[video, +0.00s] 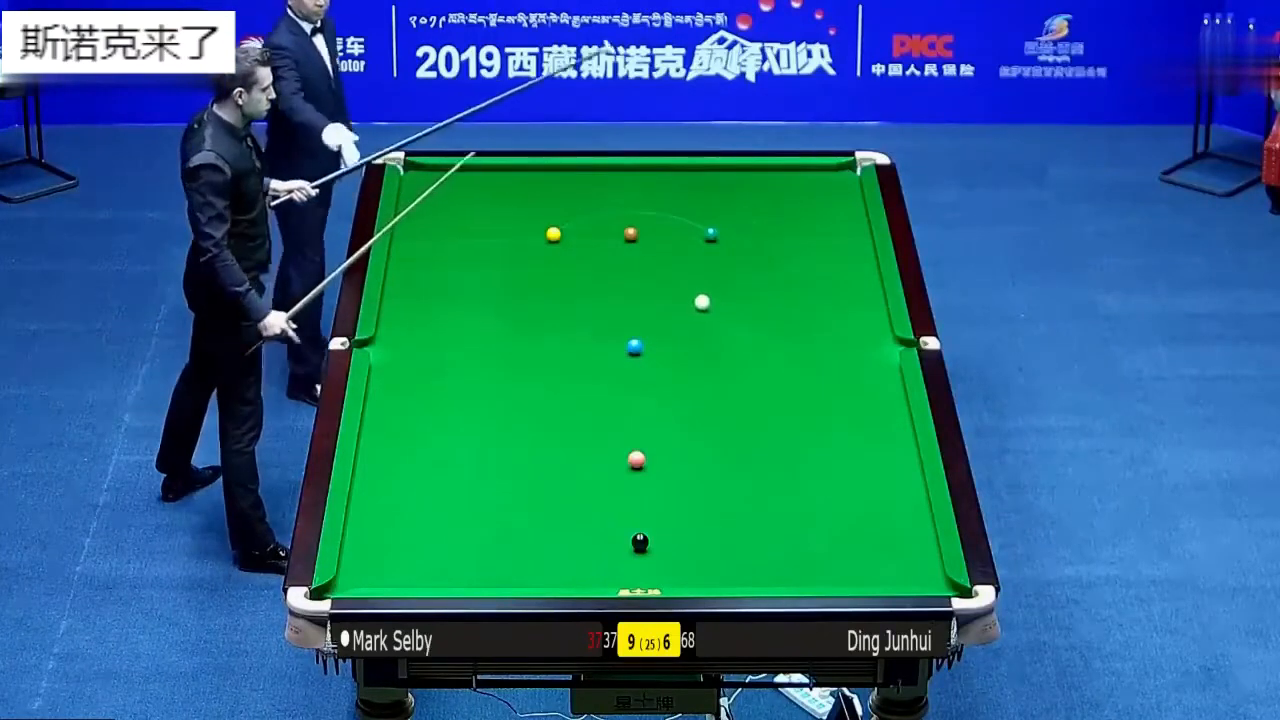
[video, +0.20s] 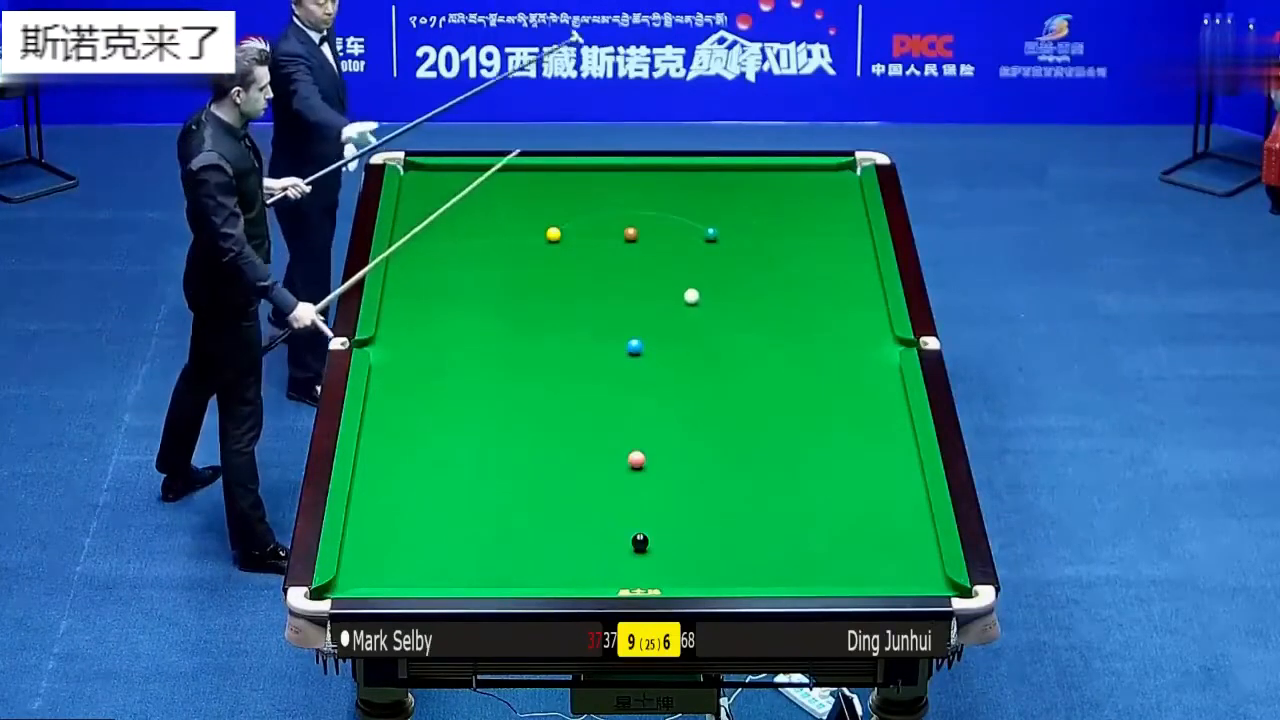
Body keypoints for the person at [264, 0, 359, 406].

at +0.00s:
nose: (321, 3)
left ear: (324, 2)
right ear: (292, 1)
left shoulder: (323, 27)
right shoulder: (282, 43)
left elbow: (329, 87)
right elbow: (290, 100)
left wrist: (343, 129)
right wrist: (328, 128)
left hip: (322, 164)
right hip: (294, 171)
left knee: (302, 264)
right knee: (309, 272)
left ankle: (307, 359)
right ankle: (304, 378)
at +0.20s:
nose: (329, 9)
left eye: (333, 2)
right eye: (320, 2)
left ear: (335, 5)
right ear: (297, 6)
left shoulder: (320, 39)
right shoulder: (290, 50)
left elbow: (327, 100)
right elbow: (306, 102)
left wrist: (339, 140)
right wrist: (344, 127)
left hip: (320, 178)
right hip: (301, 183)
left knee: (310, 272)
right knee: (312, 280)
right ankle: (305, 380)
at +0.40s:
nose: (338, 13)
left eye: (340, 6)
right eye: (329, 7)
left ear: (341, 9)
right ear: (303, 9)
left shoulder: (322, 46)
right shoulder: (294, 58)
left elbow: (326, 112)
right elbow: (308, 115)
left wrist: (351, 140)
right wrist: (351, 137)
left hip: (322, 185)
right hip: (303, 189)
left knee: (310, 271)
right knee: (312, 286)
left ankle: (281, 323)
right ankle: (304, 380)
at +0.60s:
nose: (339, 15)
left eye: (341, 8)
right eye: (329, 9)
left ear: (344, 10)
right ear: (304, 12)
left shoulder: (324, 48)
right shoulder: (294, 60)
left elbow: (328, 113)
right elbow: (298, 124)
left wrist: (356, 136)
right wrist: (349, 143)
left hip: (322, 187)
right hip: (303, 191)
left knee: (310, 275)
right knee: (310, 285)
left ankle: (288, 333)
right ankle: (303, 380)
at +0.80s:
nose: (340, 15)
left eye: (342, 8)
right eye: (331, 9)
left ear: (344, 9)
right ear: (305, 12)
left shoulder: (327, 47)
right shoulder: (293, 59)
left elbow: (339, 98)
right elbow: (293, 128)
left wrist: (361, 123)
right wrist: (350, 145)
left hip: (324, 188)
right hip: (302, 191)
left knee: (313, 282)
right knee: (305, 288)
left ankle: (310, 368)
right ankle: (302, 381)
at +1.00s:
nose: (346, 10)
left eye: (349, 3)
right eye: (338, 3)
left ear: (345, 7)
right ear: (312, 6)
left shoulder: (332, 41)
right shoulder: (299, 52)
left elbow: (342, 91)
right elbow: (295, 121)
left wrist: (368, 115)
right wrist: (353, 141)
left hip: (327, 182)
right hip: (306, 186)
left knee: (318, 279)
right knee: (307, 282)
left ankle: (315, 370)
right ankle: (302, 380)